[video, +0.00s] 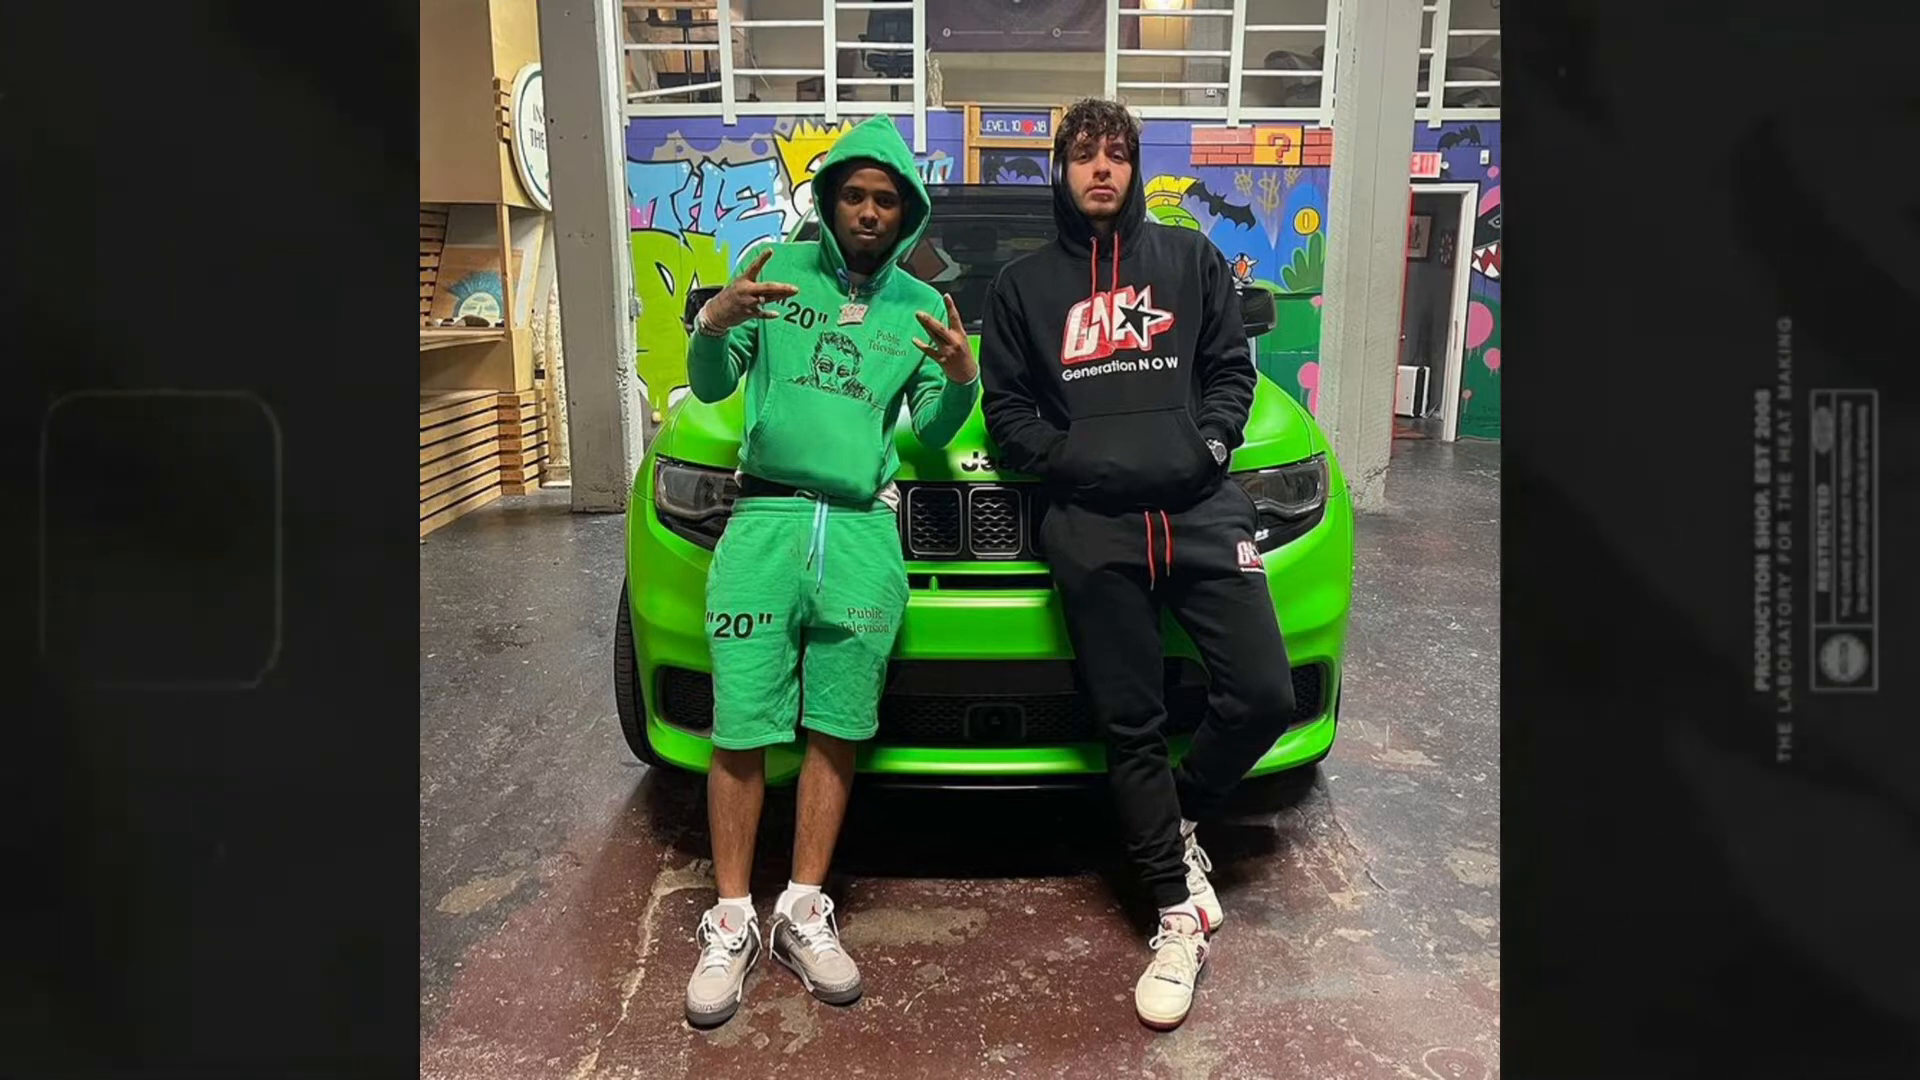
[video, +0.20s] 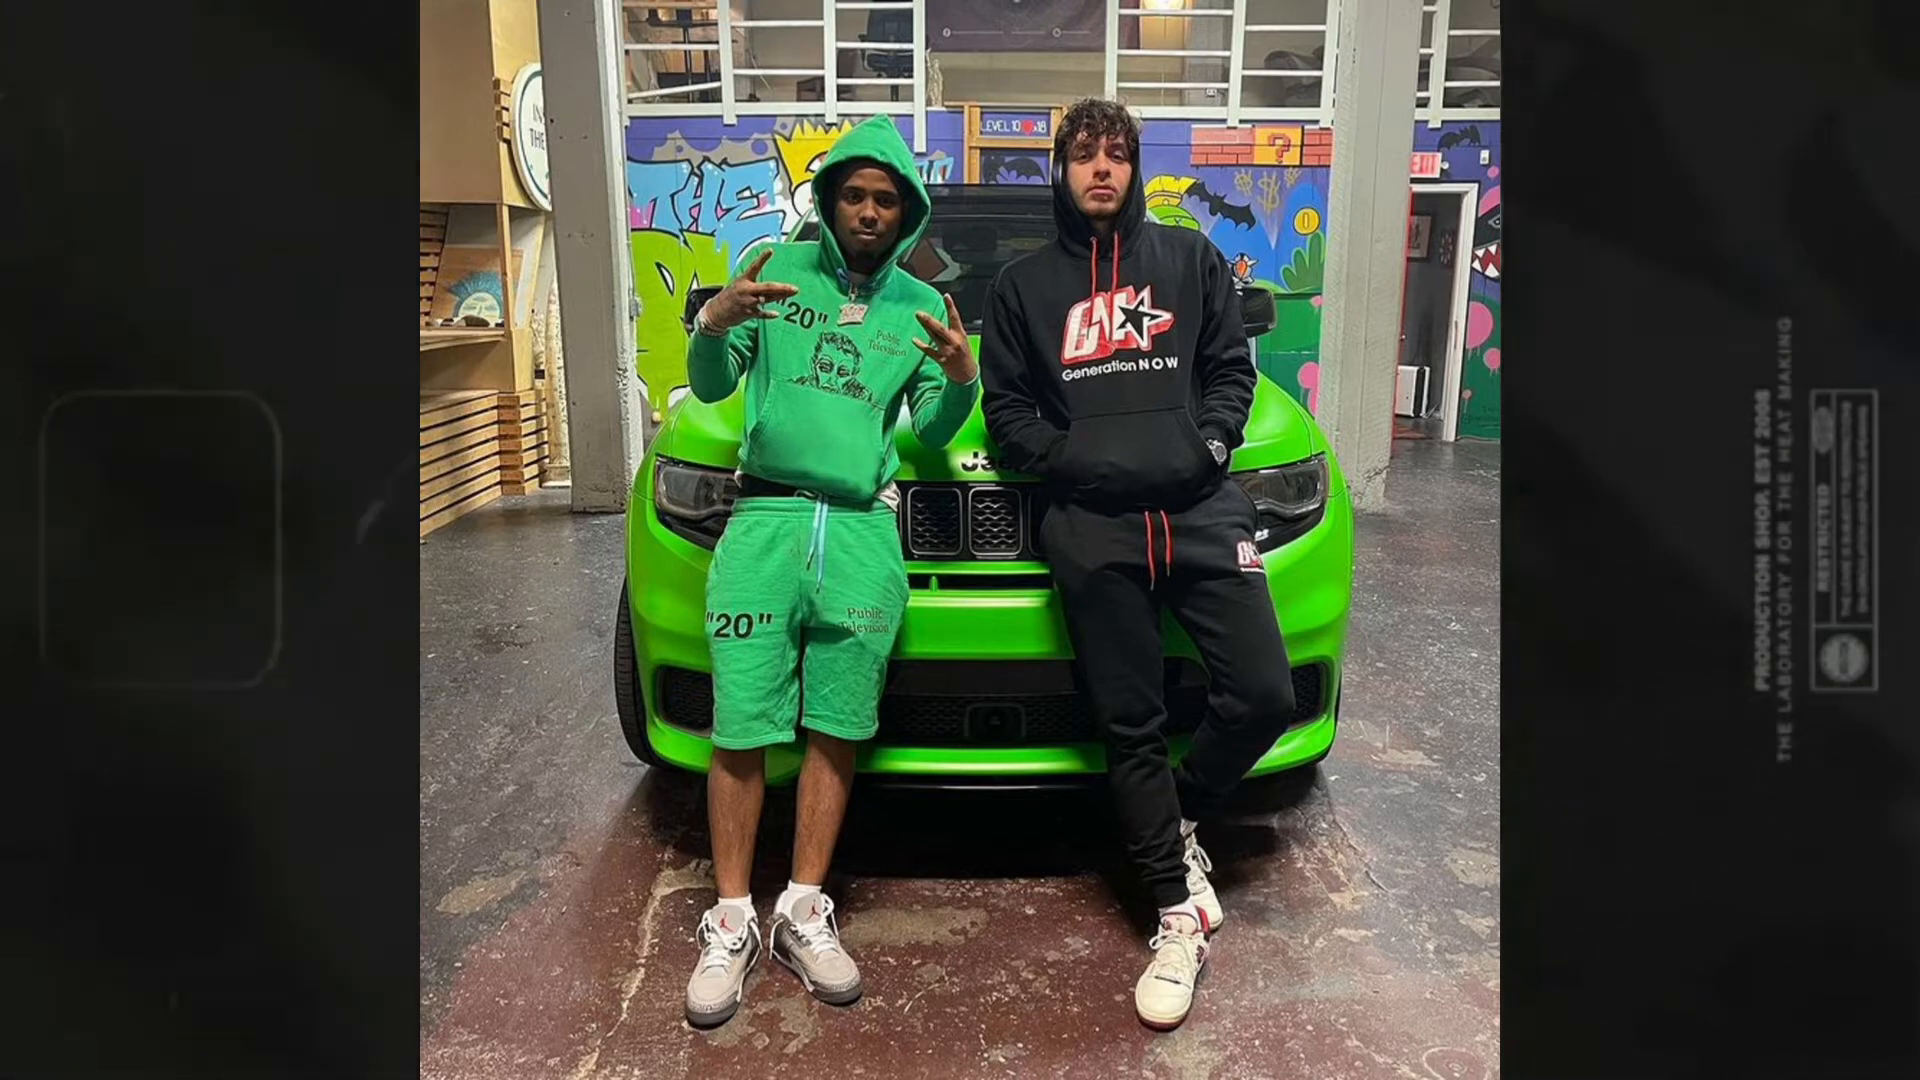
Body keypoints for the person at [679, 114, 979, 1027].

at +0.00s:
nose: (868, 212)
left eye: (885, 198)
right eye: (854, 196)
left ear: (907, 212)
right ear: (827, 202)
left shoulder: (923, 305)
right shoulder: (776, 268)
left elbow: (923, 439)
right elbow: (712, 384)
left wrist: (961, 380)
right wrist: (713, 321)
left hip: (861, 527)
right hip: (763, 517)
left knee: (838, 728)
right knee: (741, 728)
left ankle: (805, 908)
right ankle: (732, 919)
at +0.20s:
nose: (868, 212)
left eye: (885, 198)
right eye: (854, 196)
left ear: (907, 211)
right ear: (827, 202)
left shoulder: (923, 305)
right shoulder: (776, 268)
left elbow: (923, 439)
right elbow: (712, 384)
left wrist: (961, 380)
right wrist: (713, 322)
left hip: (861, 527)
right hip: (763, 517)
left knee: (838, 728)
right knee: (741, 728)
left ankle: (805, 908)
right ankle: (732, 919)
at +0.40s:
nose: (868, 212)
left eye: (885, 198)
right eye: (854, 196)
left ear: (907, 211)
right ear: (827, 202)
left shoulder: (923, 305)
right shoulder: (776, 268)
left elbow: (923, 439)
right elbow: (712, 384)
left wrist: (961, 380)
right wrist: (713, 322)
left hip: (861, 527)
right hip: (763, 517)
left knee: (838, 728)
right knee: (741, 728)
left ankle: (805, 908)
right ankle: (732, 919)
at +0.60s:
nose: (868, 212)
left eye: (885, 198)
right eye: (854, 196)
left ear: (907, 211)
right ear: (827, 202)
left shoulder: (923, 305)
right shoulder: (776, 268)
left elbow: (923, 439)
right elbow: (712, 384)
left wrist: (961, 380)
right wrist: (713, 322)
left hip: (861, 527)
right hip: (763, 517)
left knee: (838, 728)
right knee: (741, 728)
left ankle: (805, 908)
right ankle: (732, 919)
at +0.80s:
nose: (868, 212)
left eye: (885, 198)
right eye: (854, 196)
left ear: (907, 212)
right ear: (827, 202)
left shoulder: (923, 305)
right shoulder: (776, 268)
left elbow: (923, 439)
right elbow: (712, 384)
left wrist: (961, 380)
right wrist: (713, 322)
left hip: (861, 527)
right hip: (763, 517)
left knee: (838, 728)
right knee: (741, 728)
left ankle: (805, 908)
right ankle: (732, 919)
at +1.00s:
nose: (868, 212)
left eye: (885, 198)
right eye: (854, 196)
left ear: (907, 211)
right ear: (827, 202)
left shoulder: (923, 305)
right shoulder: (776, 268)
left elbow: (923, 439)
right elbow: (712, 384)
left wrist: (961, 380)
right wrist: (713, 322)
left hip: (861, 527)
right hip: (763, 517)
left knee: (838, 728)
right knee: (741, 728)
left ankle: (805, 908)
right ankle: (732, 919)